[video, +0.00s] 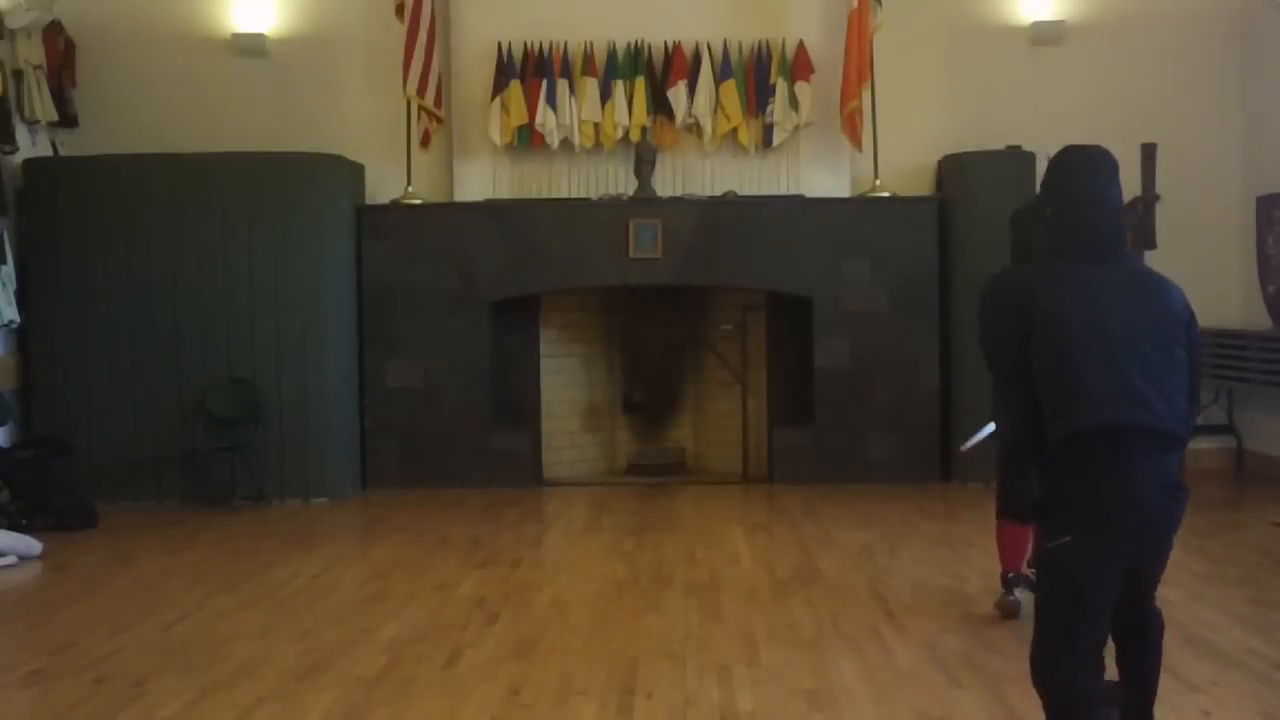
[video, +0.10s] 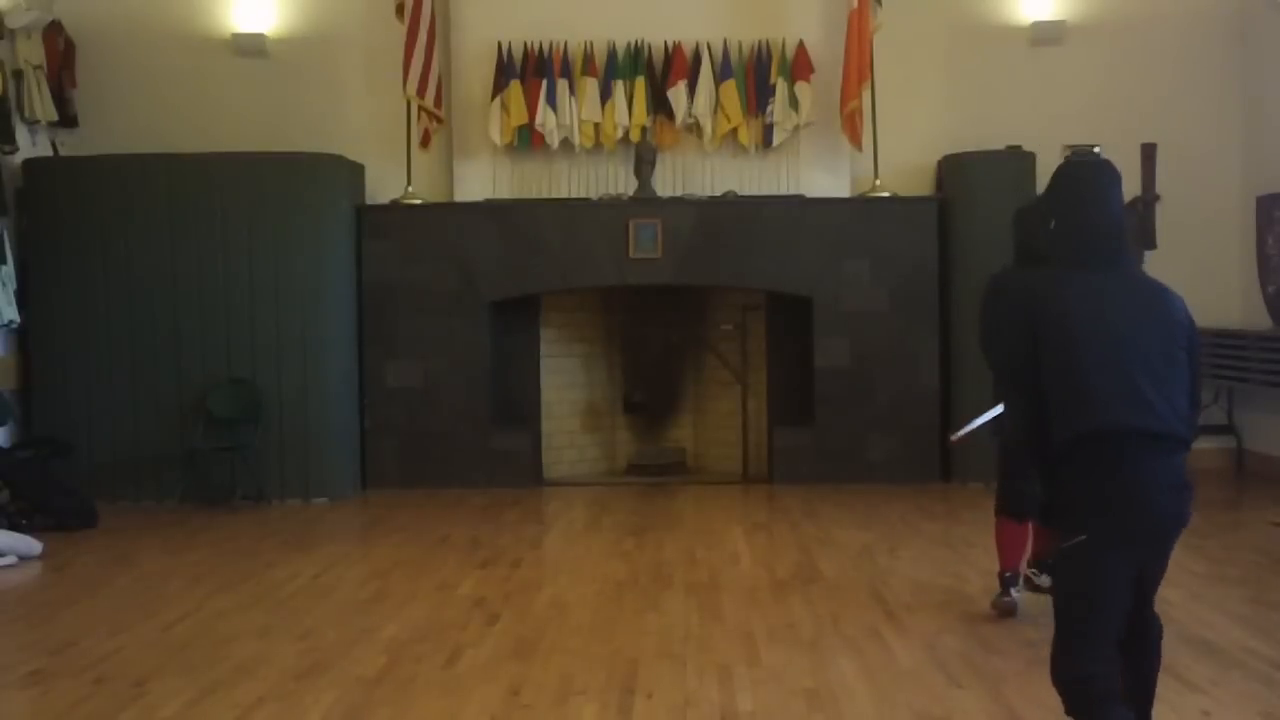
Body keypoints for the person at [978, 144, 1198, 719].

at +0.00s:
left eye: (1059, 202)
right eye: (1110, 200)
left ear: (1050, 208)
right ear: (1117, 209)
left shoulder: (1016, 290)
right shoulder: (1165, 294)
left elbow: (1017, 408)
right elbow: (1185, 405)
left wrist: (1019, 502)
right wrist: (1150, 464)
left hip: (1076, 490)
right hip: (1157, 486)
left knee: (1064, 660)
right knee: (1138, 609)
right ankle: (1138, 709)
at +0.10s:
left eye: (1047, 217)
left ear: (1052, 222)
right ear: (1118, 222)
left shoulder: (1019, 291)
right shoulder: (1166, 302)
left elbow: (1022, 409)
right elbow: (1186, 413)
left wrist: (1027, 515)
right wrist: (1149, 466)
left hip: (1084, 487)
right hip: (1163, 486)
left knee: (1083, 655)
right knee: (1138, 618)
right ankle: (1135, 709)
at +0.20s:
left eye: (1046, 218)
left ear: (1052, 223)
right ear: (1118, 222)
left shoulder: (1025, 292)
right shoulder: (1159, 299)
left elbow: (1016, 387)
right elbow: (1187, 398)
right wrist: (1155, 450)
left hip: (1099, 480)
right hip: (1170, 478)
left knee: (1085, 639)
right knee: (1138, 608)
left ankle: (1112, 708)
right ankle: (1135, 709)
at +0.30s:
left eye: (1048, 208)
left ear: (1050, 213)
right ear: (1115, 213)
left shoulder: (1023, 286)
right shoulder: (1159, 288)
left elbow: (1019, 393)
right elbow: (1186, 389)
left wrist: (1031, 505)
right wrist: (1158, 444)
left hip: (1093, 468)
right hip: (1170, 466)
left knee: (1065, 628)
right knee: (1139, 608)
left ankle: (1119, 706)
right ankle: (1133, 709)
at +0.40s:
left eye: (1055, 199)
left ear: (1049, 205)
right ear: (1112, 204)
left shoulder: (1022, 284)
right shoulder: (1158, 281)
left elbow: (1020, 400)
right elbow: (1184, 382)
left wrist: (1024, 503)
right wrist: (1161, 442)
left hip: (1090, 465)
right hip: (1164, 461)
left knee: (1056, 623)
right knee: (1136, 603)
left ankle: (1118, 707)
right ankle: (1133, 709)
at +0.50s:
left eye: (1050, 192)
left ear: (1046, 198)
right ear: (1110, 197)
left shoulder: (1019, 284)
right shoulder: (1154, 276)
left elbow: (1014, 400)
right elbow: (1180, 376)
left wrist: (1030, 496)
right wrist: (1151, 433)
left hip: (1084, 468)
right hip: (1157, 463)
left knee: (1047, 622)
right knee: (1130, 602)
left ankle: (1094, 709)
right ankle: (1134, 709)